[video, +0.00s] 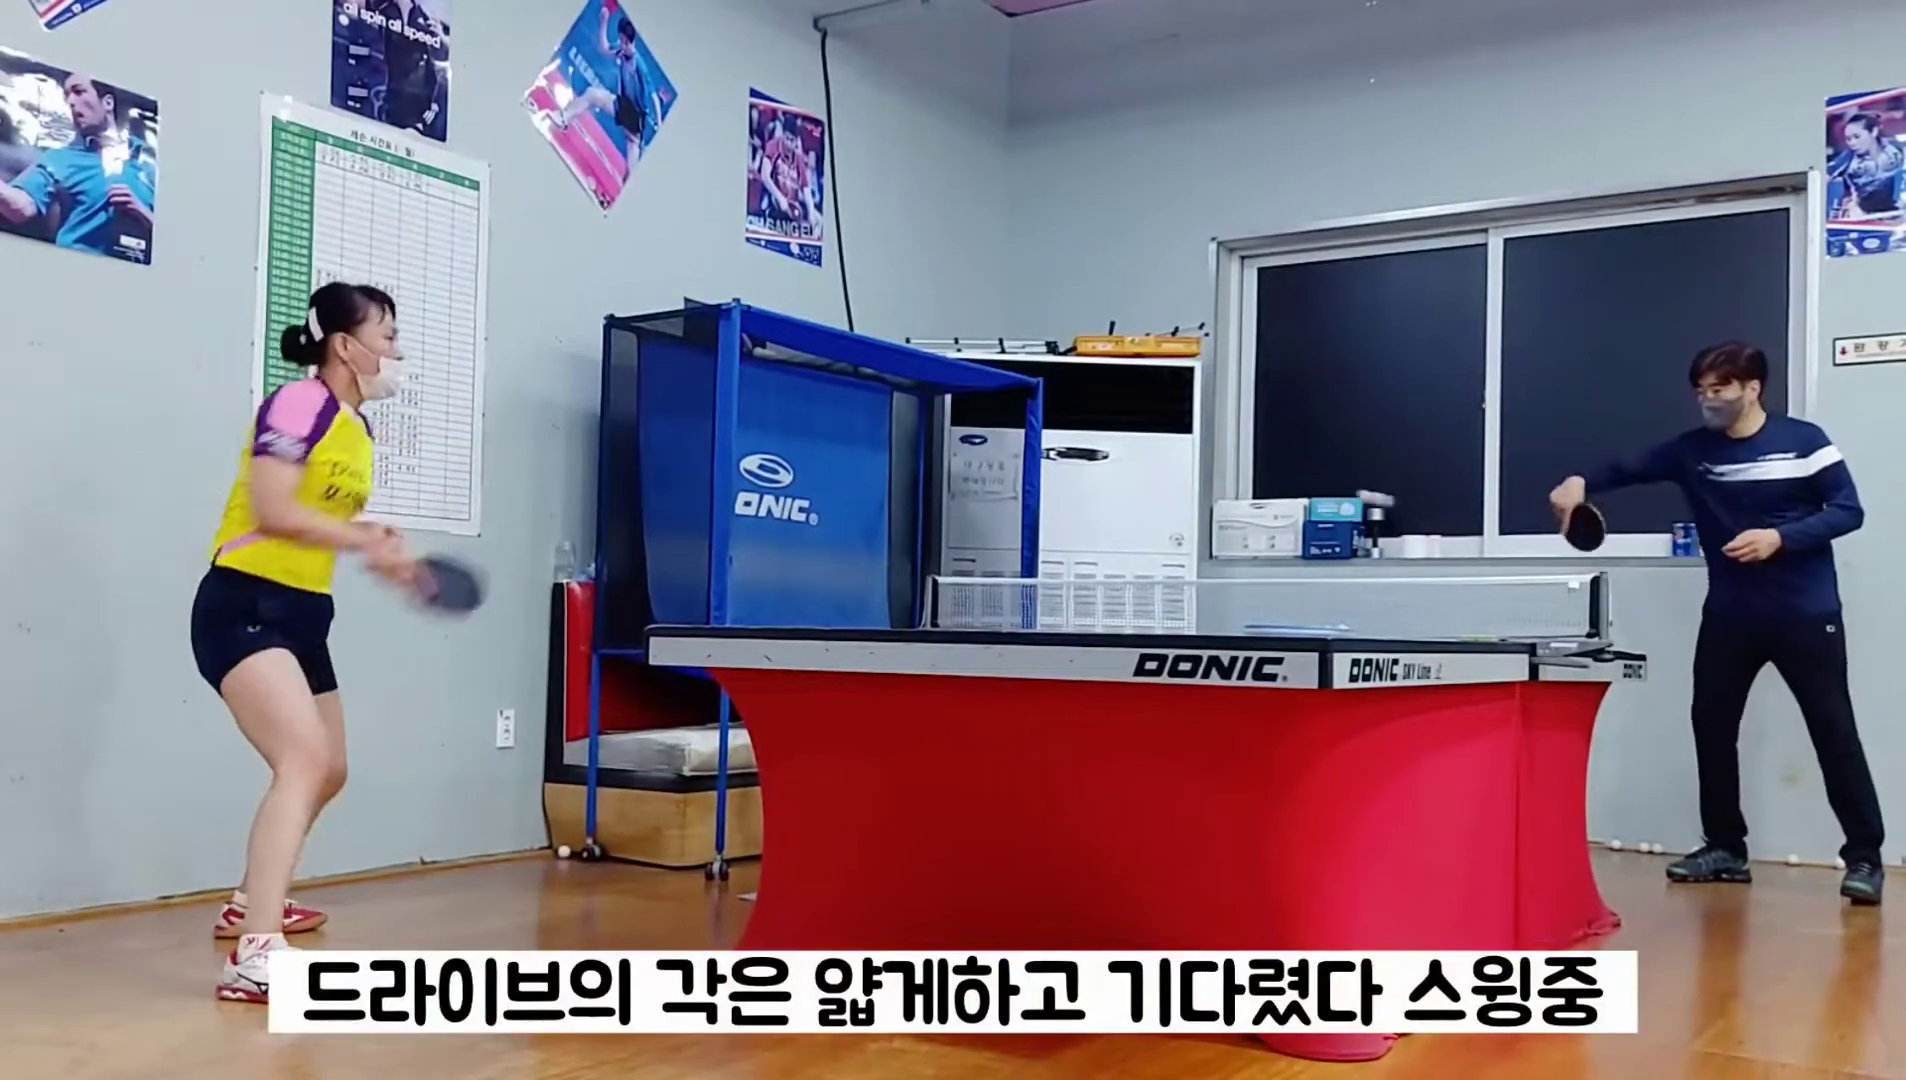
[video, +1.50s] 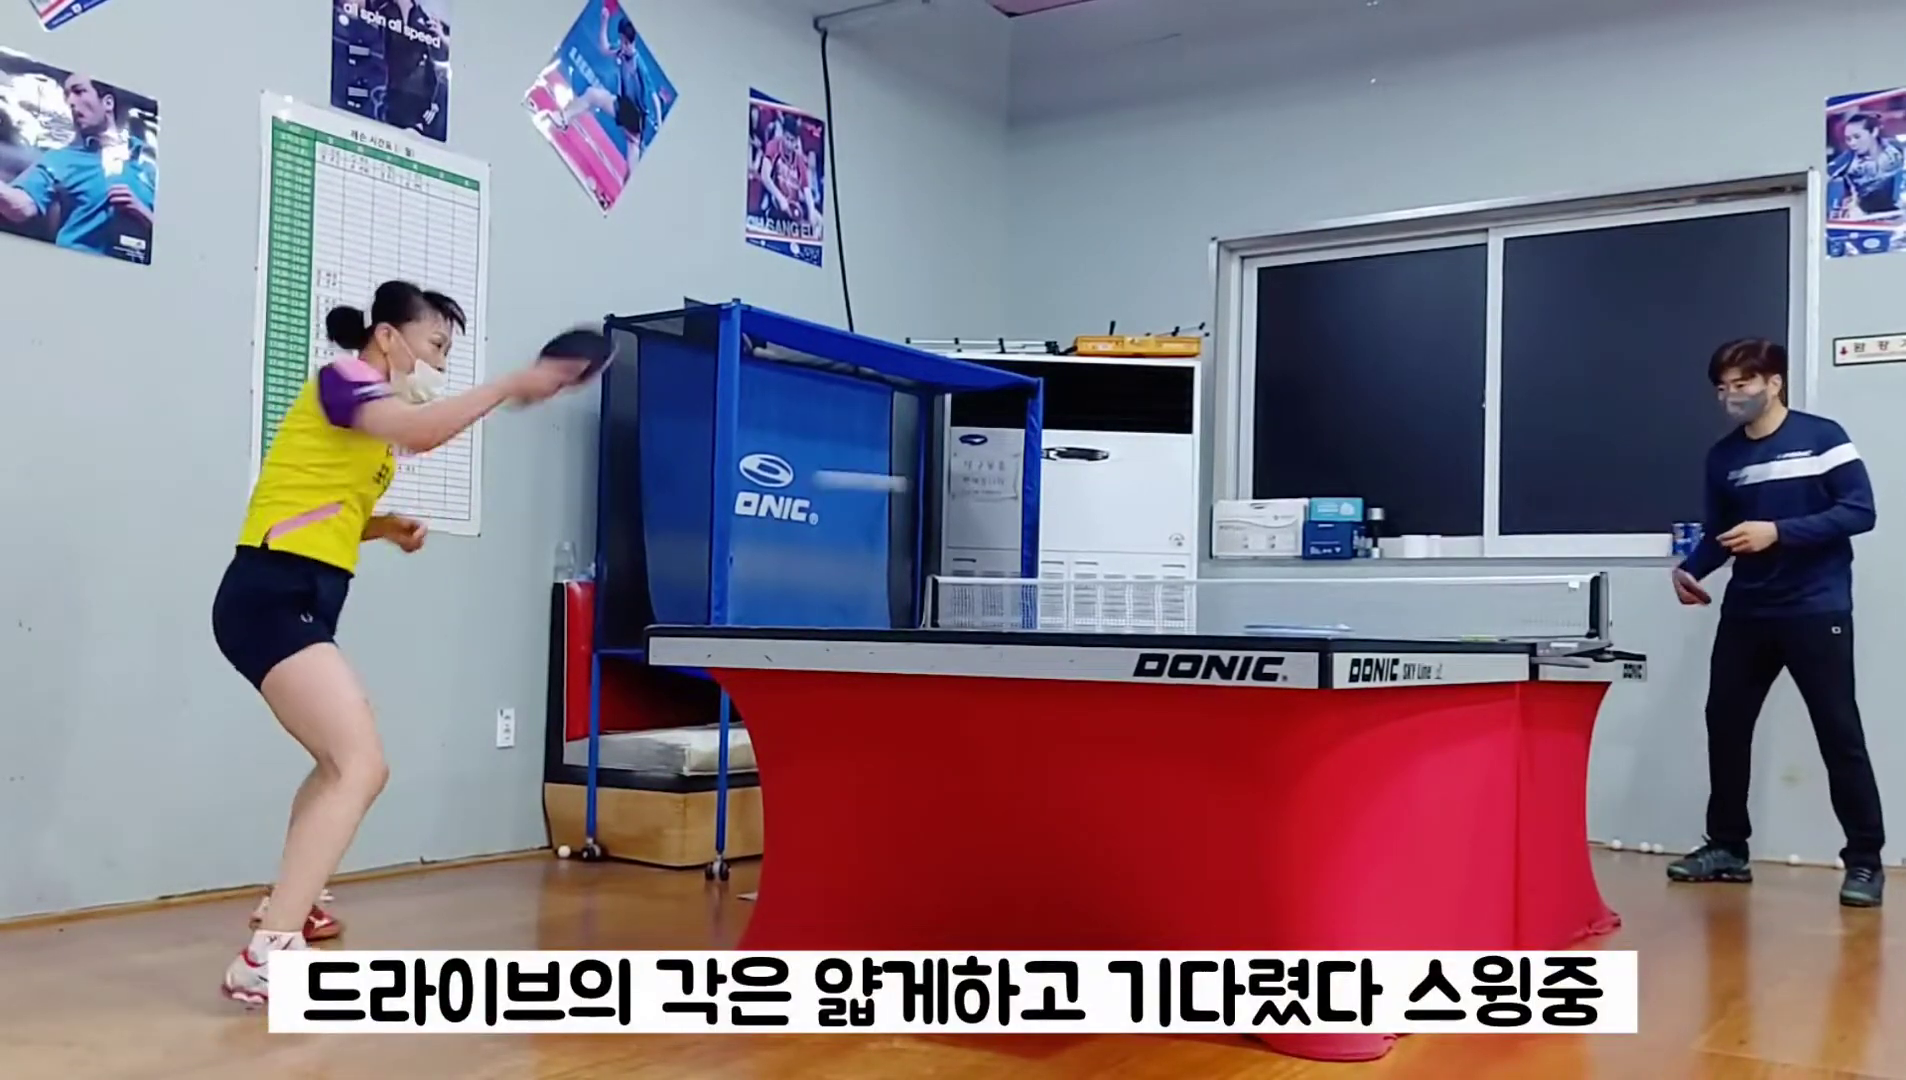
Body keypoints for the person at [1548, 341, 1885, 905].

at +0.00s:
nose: (1708, 398)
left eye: (1719, 387)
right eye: (1701, 390)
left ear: (1752, 387)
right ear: (1696, 395)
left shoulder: (1805, 440)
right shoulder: (1691, 451)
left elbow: (1847, 510)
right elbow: (1628, 468)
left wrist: (1780, 536)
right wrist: (1581, 483)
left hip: (1806, 618)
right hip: (1729, 619)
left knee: (1834, 734)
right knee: (1711, 727)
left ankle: (1863, 859)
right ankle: (1725, 849)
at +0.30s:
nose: (1709, 396)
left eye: (1721, 385)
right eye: (1702, 389)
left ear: (1753, 388)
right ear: (1698, 396)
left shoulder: (1801, 442)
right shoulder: (1697, 461)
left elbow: (1836, 514)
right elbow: (1680, 534)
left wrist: (1759, 536)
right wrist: (1655, 549)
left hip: (1795, 618)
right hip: (1721, 621)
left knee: (1827, 736)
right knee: (1702, 724)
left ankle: (1861, 862)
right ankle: (1724, 848)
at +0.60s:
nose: (1723, 398)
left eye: (1733, 387)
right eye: (1715, 391)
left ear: (1765, 385)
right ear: (1711, 397)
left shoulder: (1816, 437)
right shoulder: (1718, 458)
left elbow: (1855, 510)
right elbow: (1718, 534)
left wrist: (1772, 534)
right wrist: (1687, 571)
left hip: (1815, 616)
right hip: (1745, 617)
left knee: (1839, 737)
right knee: (1721, 723)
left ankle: (1864, 863)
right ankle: (1728, 848)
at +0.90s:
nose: (1733, 399)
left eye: (1744, 389)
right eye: (1726, 392)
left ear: (1777, 387)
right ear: (1721, 397)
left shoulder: (1830, 437)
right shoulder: (1718, 458)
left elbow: (1874, 509)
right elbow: (1675, 522)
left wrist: (1799, 532)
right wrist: (1646, 539)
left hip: (1823, 615)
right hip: (1748, 615)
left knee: (1846, 738)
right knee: (1724, 725)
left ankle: (1864, 864)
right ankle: (1727, 848)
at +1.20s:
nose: (1735, 391)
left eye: (1747, 381)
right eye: (1728, 384)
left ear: (1778, 382)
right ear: (1722, 391)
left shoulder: (1829, 440)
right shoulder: (1718, 456)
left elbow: (1866, 513)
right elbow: (1688, 518)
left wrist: (1792, 534)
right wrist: (1658, 528)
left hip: (1817, 615)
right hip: (1743, 615)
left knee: (1841, 737)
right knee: (1719, 724)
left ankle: (1863, 862)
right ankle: (1726, 848)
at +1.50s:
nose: (1731, 392)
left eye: (1742, 381)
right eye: (1723, 385)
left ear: (1774, 383)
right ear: (1719, 393)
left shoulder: (1823, 436)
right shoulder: (1723, 456)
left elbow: (1860, 510)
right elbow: (1721, 534)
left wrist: (1777, 530)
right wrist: (1689, 566)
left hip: (1817, 615)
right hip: (1747, 616)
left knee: (1840, 736)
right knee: (1725, 724)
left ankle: (1864, 863)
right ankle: (1728, 848)